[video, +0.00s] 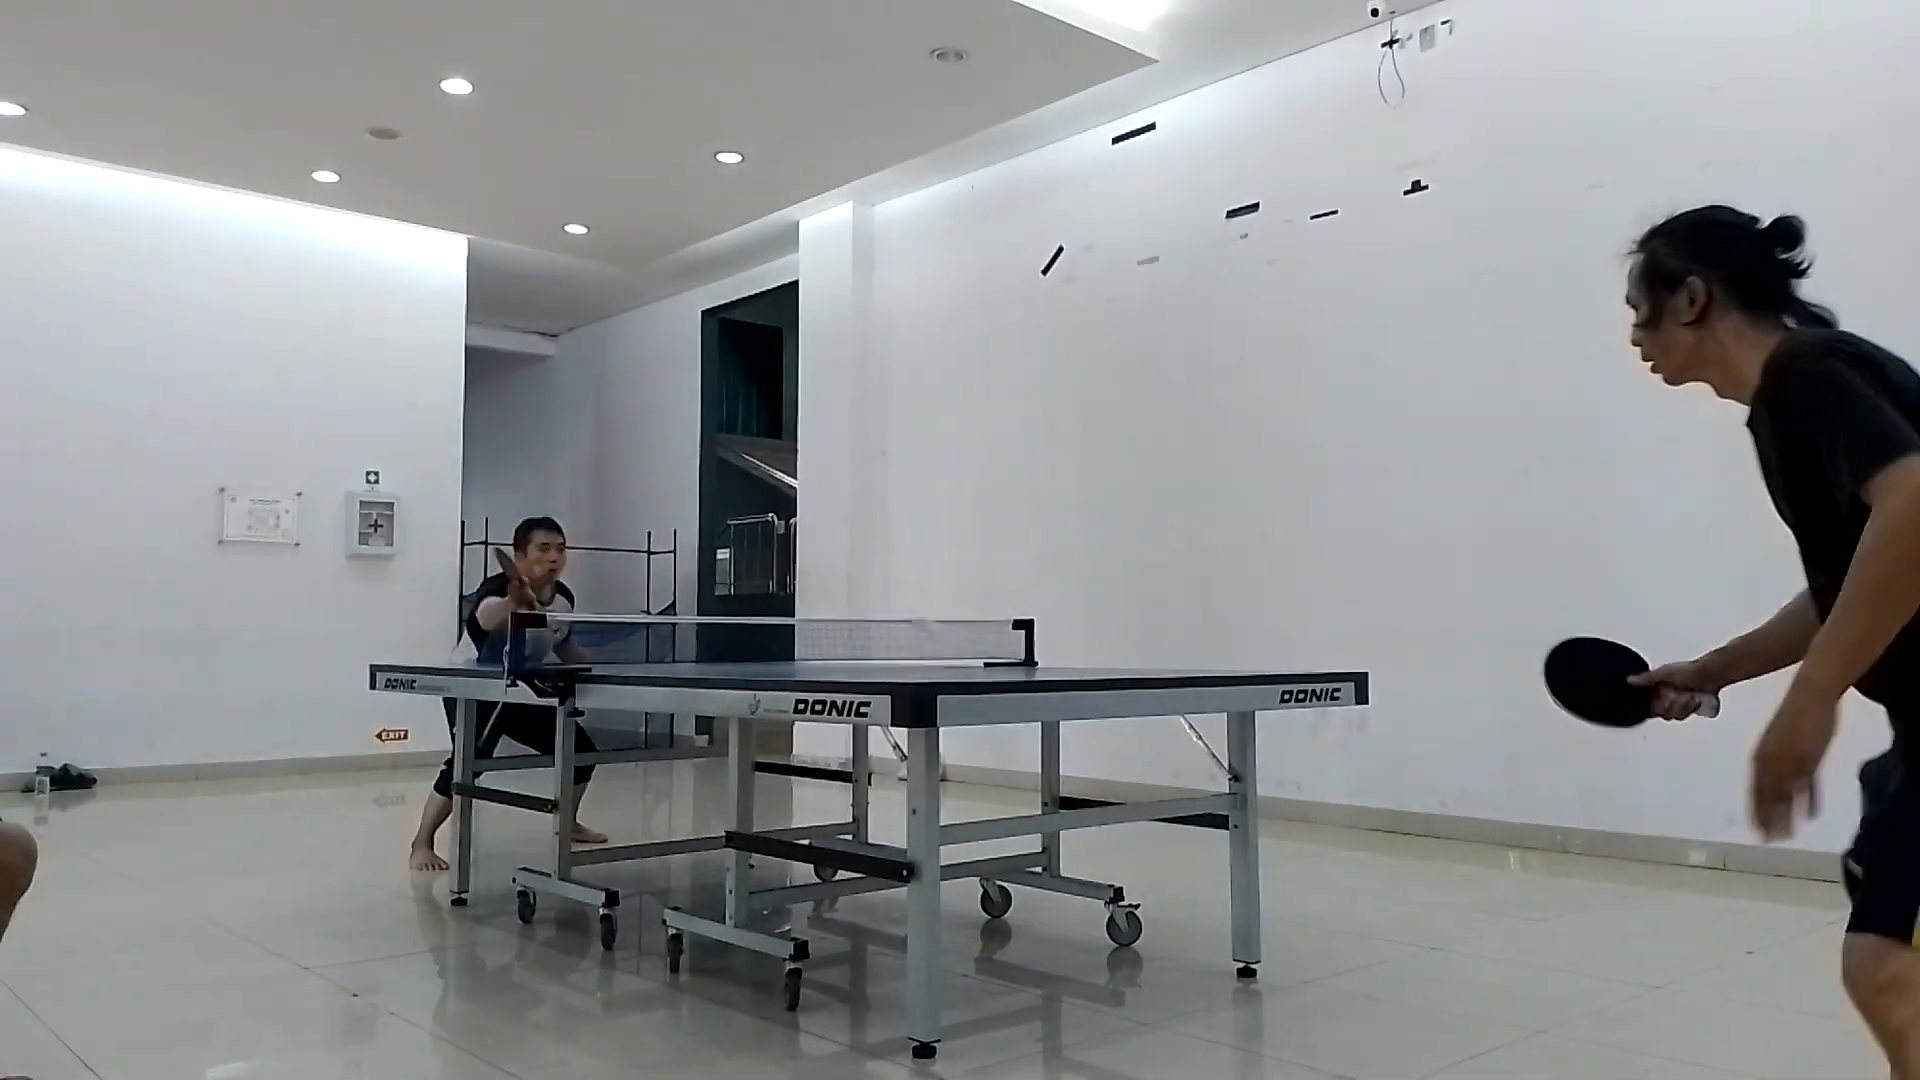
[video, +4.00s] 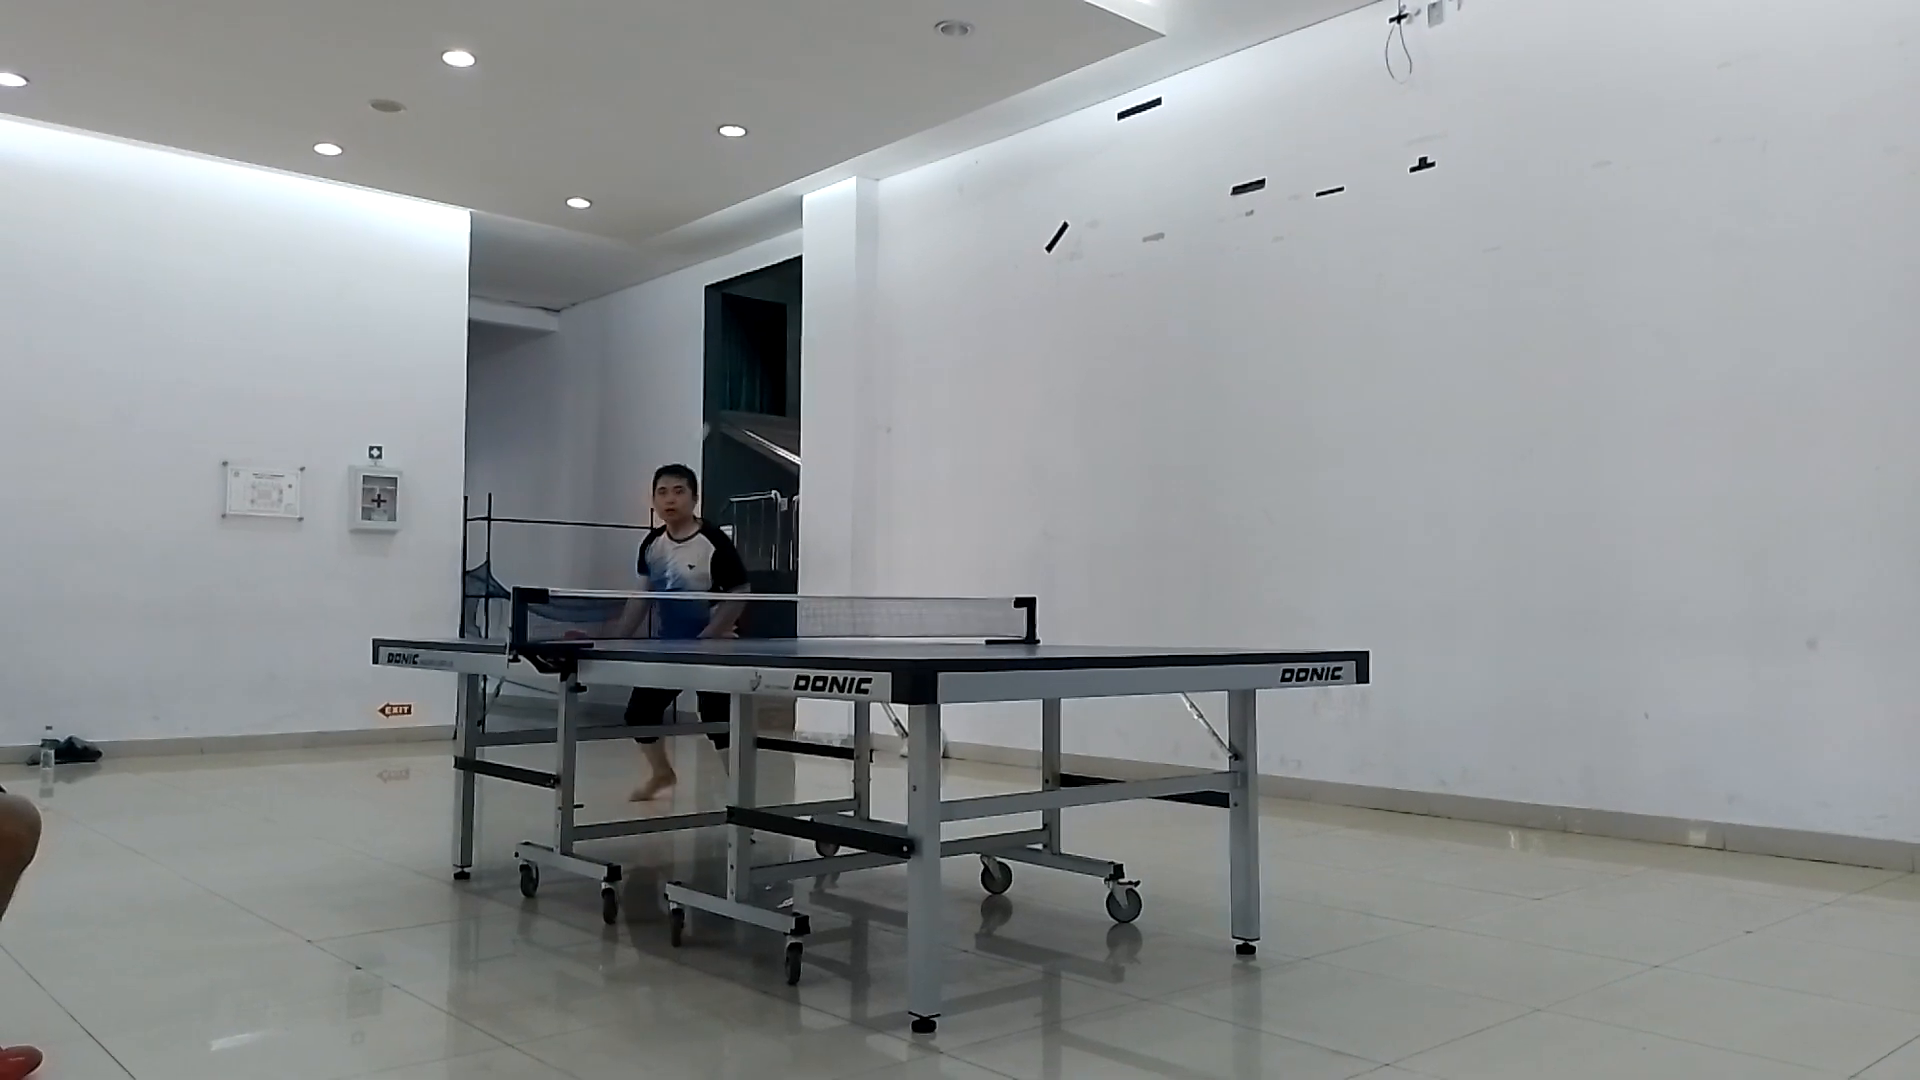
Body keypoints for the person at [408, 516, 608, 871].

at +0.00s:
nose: (554, 556)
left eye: (560, 548)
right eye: (544, 548)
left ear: (566, 554)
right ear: (520, 555)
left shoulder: (562, 599)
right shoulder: (500, 588)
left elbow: (562, 645)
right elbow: (484, 622)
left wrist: (597, 669)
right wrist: (511, 602)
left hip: (517, 695)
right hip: (470, 693)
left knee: (582, 752)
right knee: (471, 760)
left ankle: (567, 824)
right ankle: (422, 842)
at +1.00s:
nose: (687, 550)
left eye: (691, 541)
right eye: (676, 543)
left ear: (698, 544)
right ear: (657, 550)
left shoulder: (710, 576)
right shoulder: (646, 585)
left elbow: (746, 583)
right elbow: (683, 623)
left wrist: (772, 579)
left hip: (673, 685)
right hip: (626, 686)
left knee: (716, 741)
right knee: (595, 748)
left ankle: (720, 821)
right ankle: (548, 819)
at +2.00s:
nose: (673, 545)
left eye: (680, 535)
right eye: (665, 539)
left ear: (701, 538)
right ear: (660, 545)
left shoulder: (722, 565)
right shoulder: (660, 587)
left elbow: (710, 598)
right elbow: (650, 636)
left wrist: (648, 613)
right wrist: (626, 640)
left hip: (748, 680)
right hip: (694, 684)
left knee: (776, 739)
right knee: (645, 736)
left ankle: (816, 806)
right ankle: (614, 824)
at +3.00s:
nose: (696, 523)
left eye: (703, 518)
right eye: (689, 514)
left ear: (707, 529)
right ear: (670, 518)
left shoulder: (698, 571)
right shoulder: (645, 547)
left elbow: (700, 637)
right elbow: (605, 575)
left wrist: (709, 633)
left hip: (676, 666)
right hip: (633, 662)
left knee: (698, 740)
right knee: (617, 732)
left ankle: (668, 808)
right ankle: (576, 802)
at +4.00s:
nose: (670, 498)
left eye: (678, 491)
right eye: (662, 492)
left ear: (694, 498)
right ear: (654, 500)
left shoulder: (714, 540)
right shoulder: (652, 544)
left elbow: (740, 594)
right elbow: (642, 595)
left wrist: (707, 637)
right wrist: (620, 634)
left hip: (713, 648)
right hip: (668, 646)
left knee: (716, 720)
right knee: (639, 716)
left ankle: (741, 789)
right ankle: (662, 772)